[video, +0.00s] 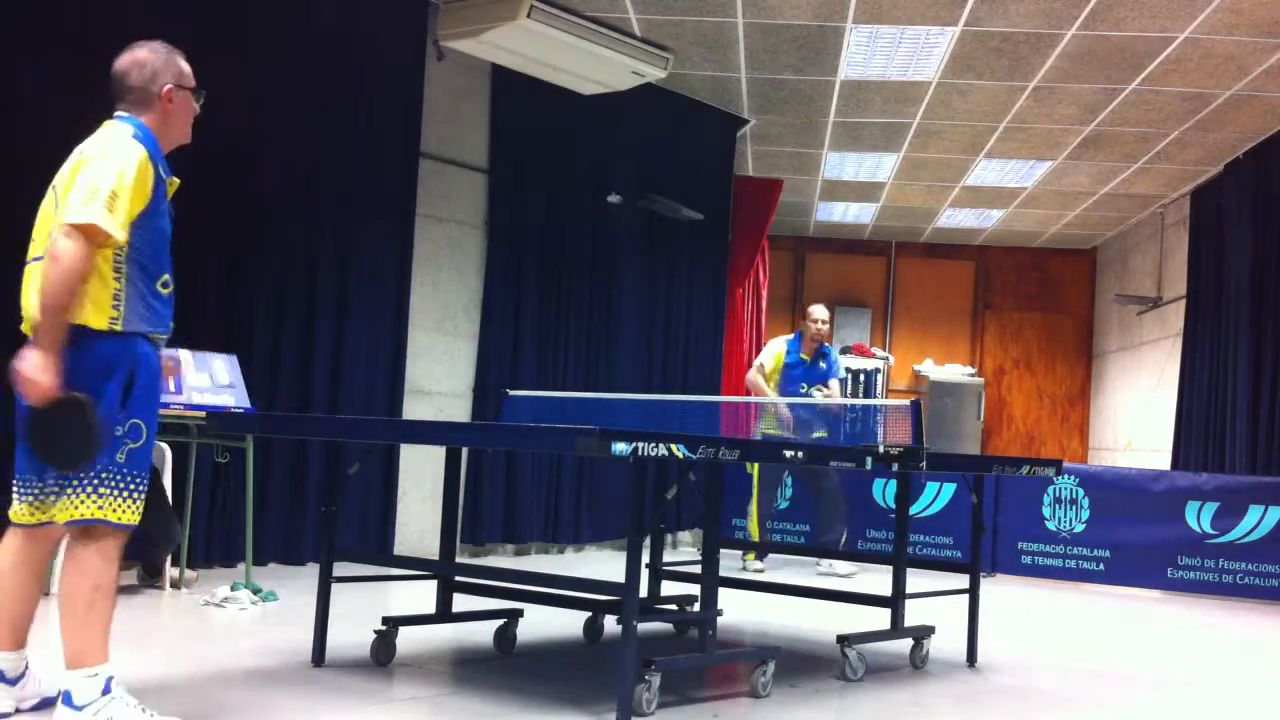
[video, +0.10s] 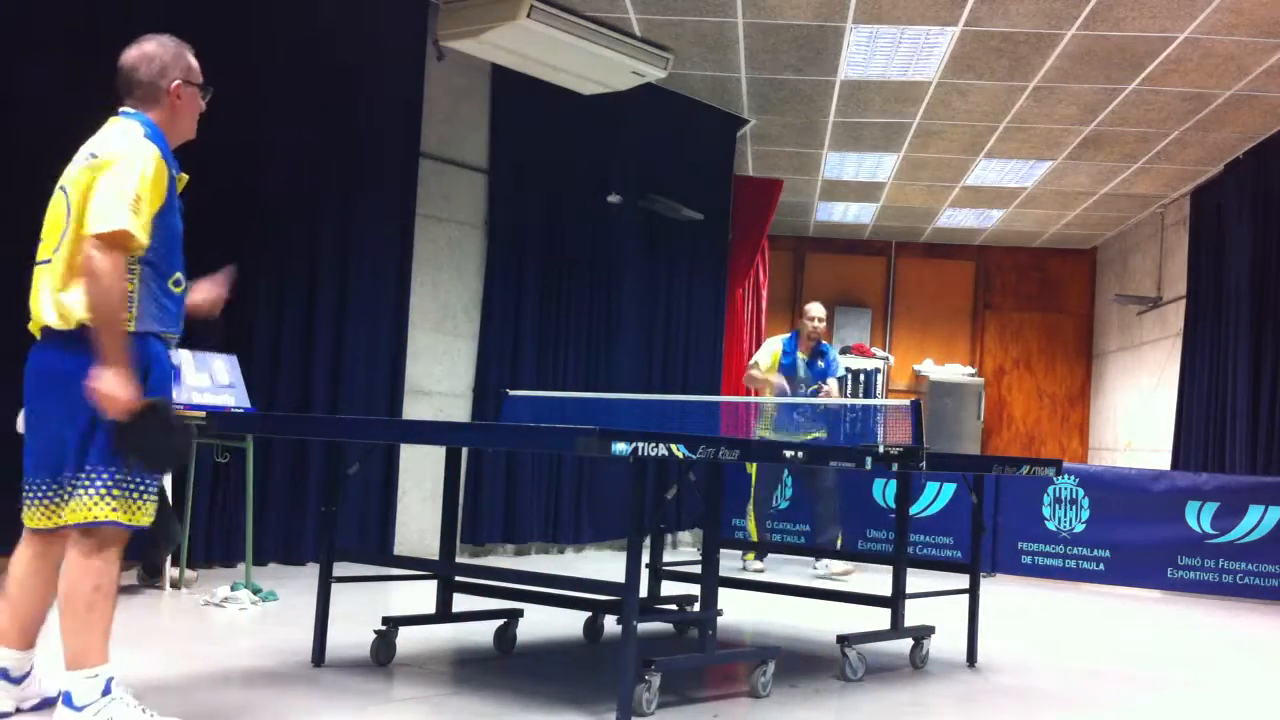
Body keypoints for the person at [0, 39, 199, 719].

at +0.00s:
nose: (196, 108)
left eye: (195, 95)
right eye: (192, 95)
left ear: (139, 95)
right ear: (167, 96)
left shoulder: (107, 149)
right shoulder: (127, 152)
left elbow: (96, 263)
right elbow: (72, 247)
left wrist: (145, 352)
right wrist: (45, 347)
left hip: (69, 352)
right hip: (109, 356)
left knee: (32, 518)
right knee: (101, 527)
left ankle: (7, 672)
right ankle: (89, 689)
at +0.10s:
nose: (203, 102)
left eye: (201, 89)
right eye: (198, 88)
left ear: (145, 90)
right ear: (173, 90)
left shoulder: (106, 147)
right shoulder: (138, 152)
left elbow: (91, 273)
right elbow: (101, 257)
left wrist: (181, 298)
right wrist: (114, 363)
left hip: (65, 354)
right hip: (109, 357)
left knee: (46, 528)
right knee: (100, 533)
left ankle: (10, 674)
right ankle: (88, 693)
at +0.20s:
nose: (210, 100)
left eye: (208, 87)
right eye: (206, 86)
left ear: (151, 87)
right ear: (181, 86)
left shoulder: (110, 142)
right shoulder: (150, 150)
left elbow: (119, 247)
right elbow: (135, 256)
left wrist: (207, 227)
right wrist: (175, 361)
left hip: (75, 353)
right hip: (113, 357)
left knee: (78, 521)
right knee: (104, 530)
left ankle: (31, 668)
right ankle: (86, 691)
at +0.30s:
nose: (218, 101)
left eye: (216, 89)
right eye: (215, 88)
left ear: (151, 84)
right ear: (193, 85)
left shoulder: (113, 138)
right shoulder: (164, 148)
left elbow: (145, 219)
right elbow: (160, 259)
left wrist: (218, 177)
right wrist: (220, 348)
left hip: (81, 350)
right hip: (123, 355)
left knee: (100, 520)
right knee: (113, 530)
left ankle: (59, 666)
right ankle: (88, 692)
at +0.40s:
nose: (227, 94)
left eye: (225, 83)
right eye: (224, 83)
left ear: (155, 84)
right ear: (203, 84)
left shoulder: (123, 135)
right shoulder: (178, 149)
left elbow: (174, 185)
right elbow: (175, 255)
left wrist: (231, 147)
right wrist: (241, 342)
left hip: (90, 349)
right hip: (133, 355)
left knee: (121, 519)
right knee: (115, 523)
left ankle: (101, 674)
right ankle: (87, 689)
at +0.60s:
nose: (242, 99)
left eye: (241, 87)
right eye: (238, 86)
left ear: (176, 89)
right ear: (214, 90)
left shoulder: (141, 142)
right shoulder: (189, 155)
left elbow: (176, 204)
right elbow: (186, 263)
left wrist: (244, 174)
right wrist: (252, 339)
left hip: (113, 354)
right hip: (157, 357)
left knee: (145, 526)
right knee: (156, 530)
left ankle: (126, 672)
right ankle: (95, 683)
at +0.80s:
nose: (269, 107)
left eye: (268, 94)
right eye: (264, 93)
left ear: (213, 95)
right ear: (234, 94)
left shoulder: (162, 149)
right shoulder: (197, 156)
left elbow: (151, 267)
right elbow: (185, 261)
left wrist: (249, 320)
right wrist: (265, 323)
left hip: (127, 358)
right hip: (170, 359)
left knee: (156, 522)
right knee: (205, 520)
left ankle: (124, 674)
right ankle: (136, 681)